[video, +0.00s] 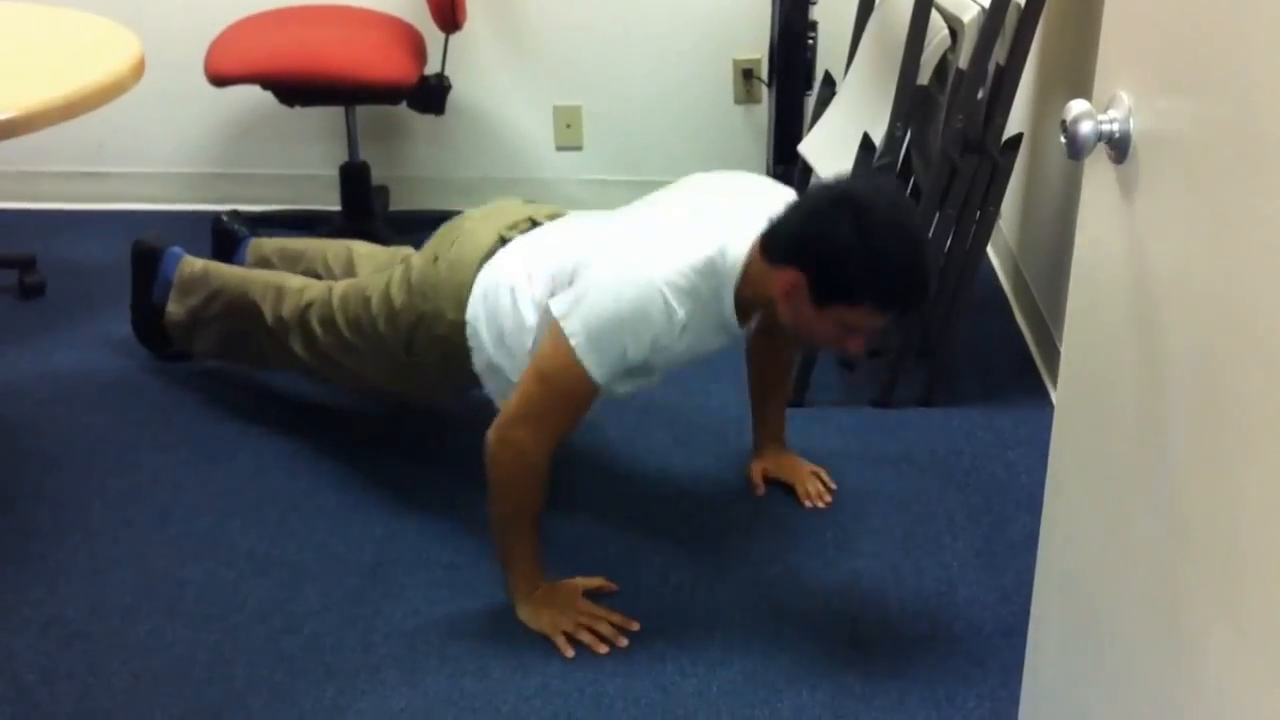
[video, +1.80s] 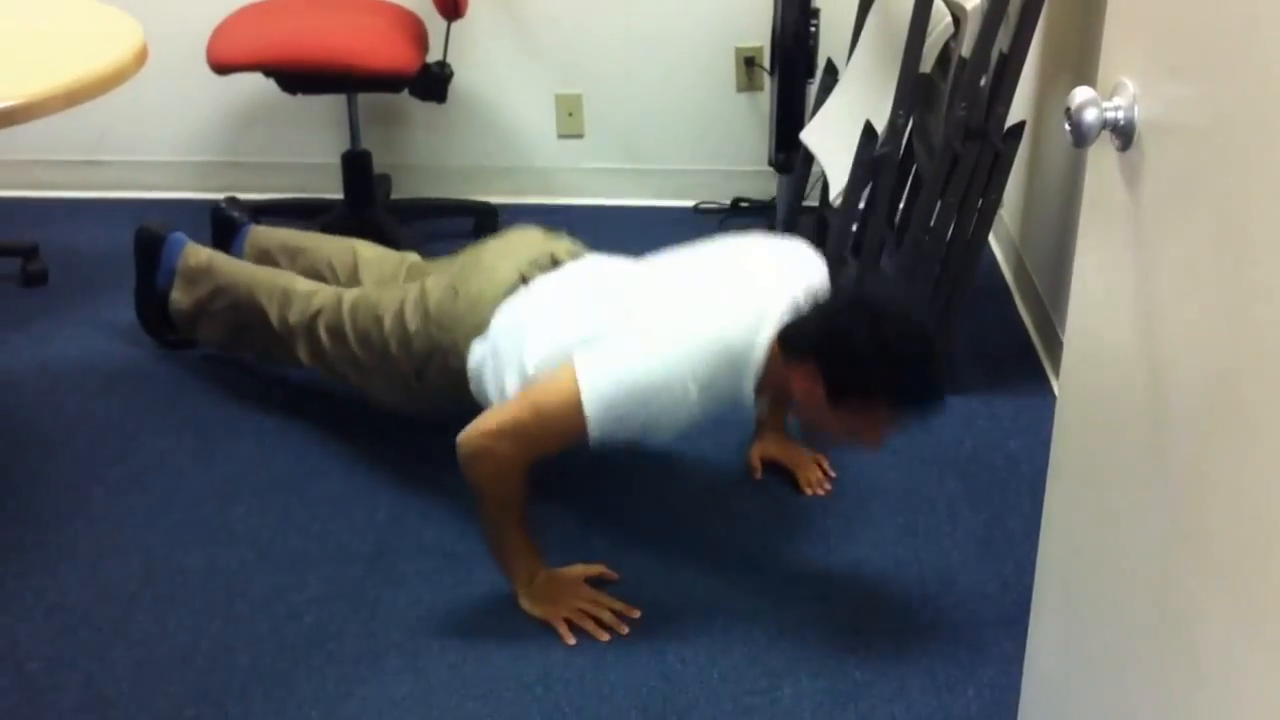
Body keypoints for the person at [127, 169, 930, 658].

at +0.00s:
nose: (857, 347)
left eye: (874, 334)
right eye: (854, 328)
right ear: (795, 289)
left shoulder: (785, 215)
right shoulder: (645, 302)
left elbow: (775, 330)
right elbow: (516, 439)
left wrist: (771, 443)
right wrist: (530, 587)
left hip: (530, 226)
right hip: (470, 301)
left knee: (391, 262)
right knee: (307, 322)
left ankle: (257, 245)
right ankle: (175, 296)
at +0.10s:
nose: (861, 407)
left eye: (872, 394)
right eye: (860, 392)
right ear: (806, 354)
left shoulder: (790, 253)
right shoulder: (668, 350)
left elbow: (772, 344)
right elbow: (488, 454)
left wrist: (769, 437)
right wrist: (532, 591)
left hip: (539, 253)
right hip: (470, 329)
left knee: (387, 275)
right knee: (312, 329)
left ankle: (249, 243)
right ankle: (175, 293)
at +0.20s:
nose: (857, 508)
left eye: (869, 494)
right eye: (856, 491)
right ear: (811, 446)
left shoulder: (799, 313)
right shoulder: (667, 427)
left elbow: (709, 314)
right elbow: (477, 468)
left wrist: (757, 435)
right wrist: (532, 592)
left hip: (549, 290)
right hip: (469, 367)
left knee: (395, 294)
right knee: (308, 345)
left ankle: (252, 246)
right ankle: (181, 288)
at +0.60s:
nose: (854, 401)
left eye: (869, 390)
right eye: (855, 387)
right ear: (799, 348)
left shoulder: (781, 251)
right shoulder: (652, 351)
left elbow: (772, 346)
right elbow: (489, 453)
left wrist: (770, 438)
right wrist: (531, 587)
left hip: (530, 253)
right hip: (471, 329)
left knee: (385, 271)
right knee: (302, 329)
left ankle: (242, 239)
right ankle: (174, 284)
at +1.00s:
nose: (857, 491)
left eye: (868, 478)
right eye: (856, 475)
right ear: (809, 432)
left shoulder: (798, 300)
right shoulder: (666, 417)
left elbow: (708, 313)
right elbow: (478, 463)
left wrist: (762, 432)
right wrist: (532, 585)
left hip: (547, 282)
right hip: (471, 359)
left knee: (398, 286)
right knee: (309, 337)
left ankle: (252, 241)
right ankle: (182, 282)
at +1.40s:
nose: (858, 391)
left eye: (873, 381)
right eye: (859, 377)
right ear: (805, 339)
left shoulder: (789, 245)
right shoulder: (658, 346)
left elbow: (777, 341)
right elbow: (490, 447)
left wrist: (771, 431)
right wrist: (532, 580)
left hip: (538, 245)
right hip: (478, 316)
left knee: (387, 265)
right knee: (310, 324)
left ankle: (244, 232)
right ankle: (177, 278)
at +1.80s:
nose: (866, 440)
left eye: (882, 429)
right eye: (865, 426)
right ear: (812, 380)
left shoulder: (801, 268)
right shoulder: (677, 367)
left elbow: (772, 351)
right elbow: (486, 448)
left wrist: (769, 426)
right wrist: (534, 581)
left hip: (547, 259)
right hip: (481, 336)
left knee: (393, 270)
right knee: (318, 327)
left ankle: (249, 233)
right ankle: (183, 279)